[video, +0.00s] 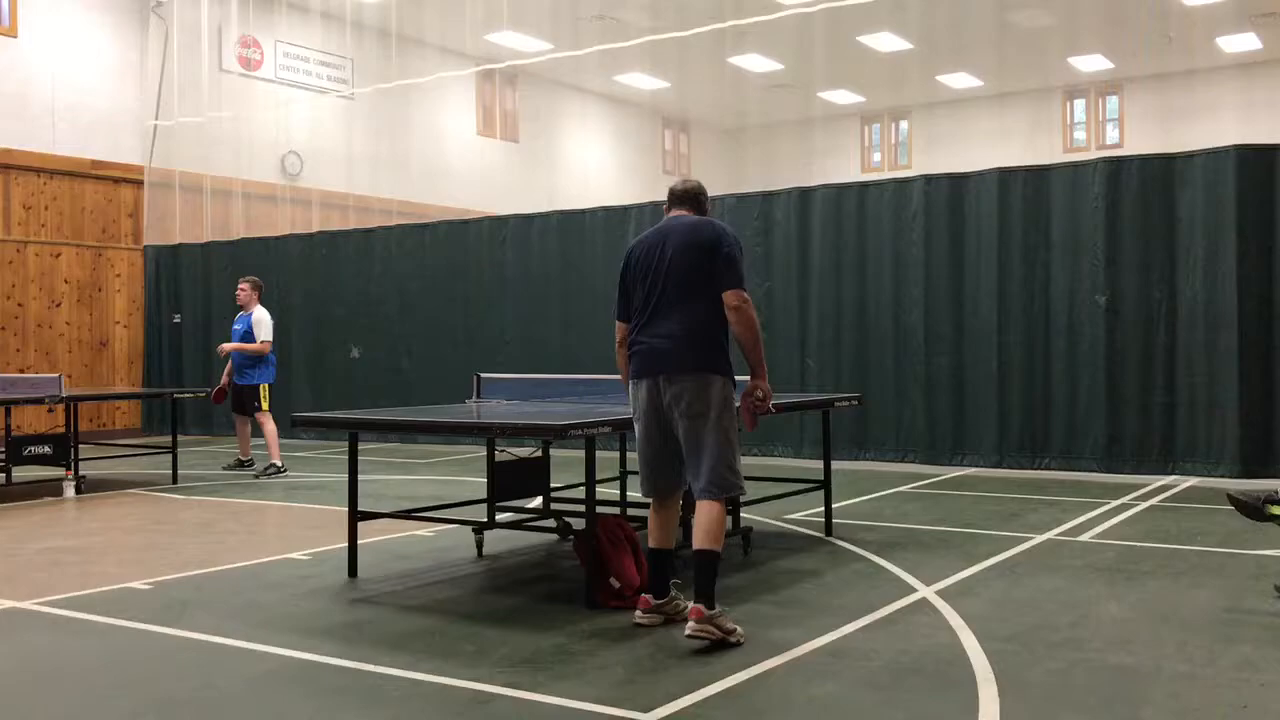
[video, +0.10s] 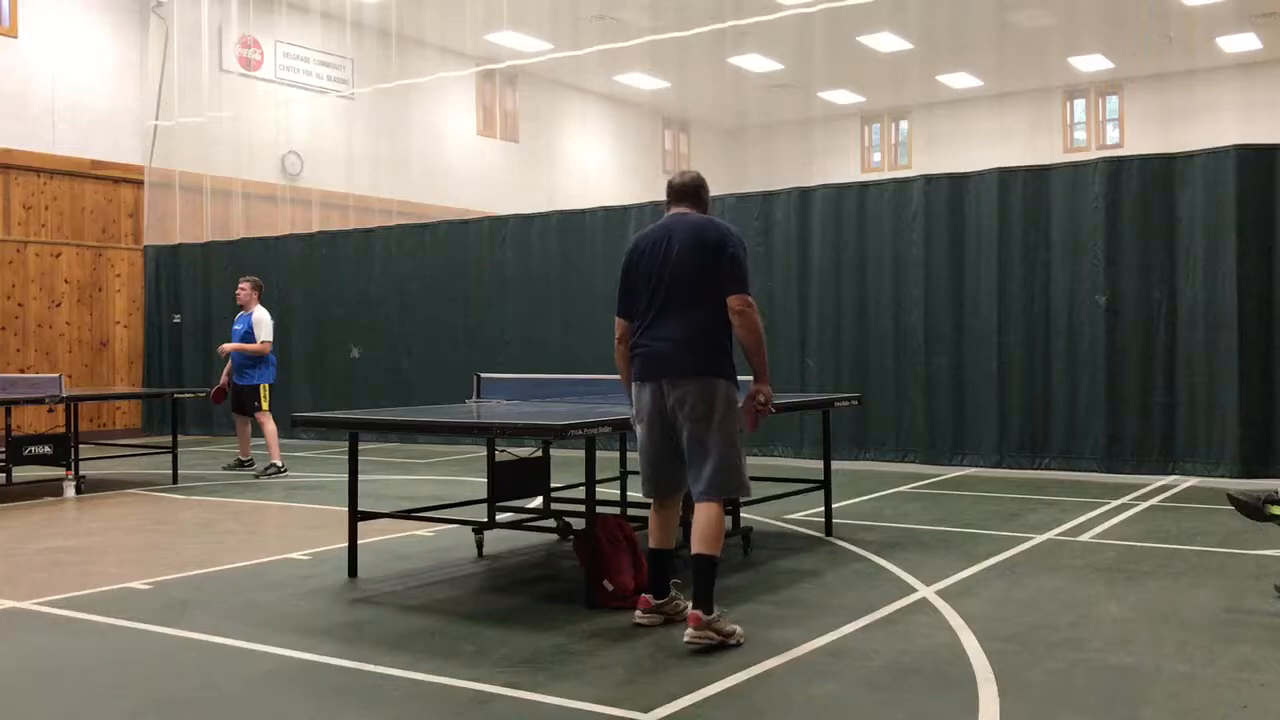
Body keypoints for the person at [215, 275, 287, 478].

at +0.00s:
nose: (238, 293)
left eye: (242, 290)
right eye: (238, 290)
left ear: (255, 294)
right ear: (240, 294)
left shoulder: (261, 315)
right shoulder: (240, 316)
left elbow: (265, 347)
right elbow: (238, 350)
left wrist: (233, 346)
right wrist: (226, 374)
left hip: (259, 377)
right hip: (240, 377)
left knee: (263, 416)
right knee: (241, 416)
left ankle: (276, 462)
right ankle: (245, 458)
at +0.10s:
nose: (237, 293)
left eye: (242, 290)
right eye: (238, 289)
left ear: (254, 294)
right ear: (241, 293)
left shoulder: (261, 315)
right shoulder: (240, 316)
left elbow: (265, 347)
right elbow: (238, 350)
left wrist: (234, 346)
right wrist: (225, 374)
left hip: (259, 376)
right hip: (240, 376)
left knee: (263, 416)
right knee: (241, 416)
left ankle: (276, 462)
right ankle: (245, 458)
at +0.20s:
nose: (236, 293)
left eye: (241, 290)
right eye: (236, 290)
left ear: (253, 294)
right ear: (241, 294)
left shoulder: (261, 315)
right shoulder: (241, 317)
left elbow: (266, 346)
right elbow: (239, 352)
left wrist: (235, 348)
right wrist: (223, 373)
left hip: (259, 377)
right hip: (241, 377)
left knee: (263, 416)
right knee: (242, 417)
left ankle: (276, 462)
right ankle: (245, 458)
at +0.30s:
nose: (234, 296)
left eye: (237, 292)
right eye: (233, 293)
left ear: (251, 294)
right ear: (241, 295)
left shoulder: (259, 315)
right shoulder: (241, 317)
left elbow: (267, 345)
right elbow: (239, 351)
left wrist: (237, 349)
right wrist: (221, 367)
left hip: (260, 375)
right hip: (244, 375)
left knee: (264, 415)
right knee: (241, 415)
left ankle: (276, 462)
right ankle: (245, 458)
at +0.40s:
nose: (230, 299)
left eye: (234, 295)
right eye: (229, 295)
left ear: (247, 295)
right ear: (237, 297)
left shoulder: (256, 315)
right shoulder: (242, 319)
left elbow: (266, 344)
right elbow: (238, 349)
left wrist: (237, 351)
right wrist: (219, 364)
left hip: (263, 374)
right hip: (249, 375)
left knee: (265, 416)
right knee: (239, 413)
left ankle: (277, 462)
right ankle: (243, 457)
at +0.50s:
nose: (226, 298)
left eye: (230, 295)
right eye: (226, 295)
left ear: (243, 296)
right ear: (234, 298)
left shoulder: (252, 315)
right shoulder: (238, 320)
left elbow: (267, 342)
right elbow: (234, 350)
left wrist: (241, 358)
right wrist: (214, 364)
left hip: (264, 373)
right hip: (250, 374)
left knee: (265, 415)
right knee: (240, 413)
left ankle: (277, 462)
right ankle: (245, 458)